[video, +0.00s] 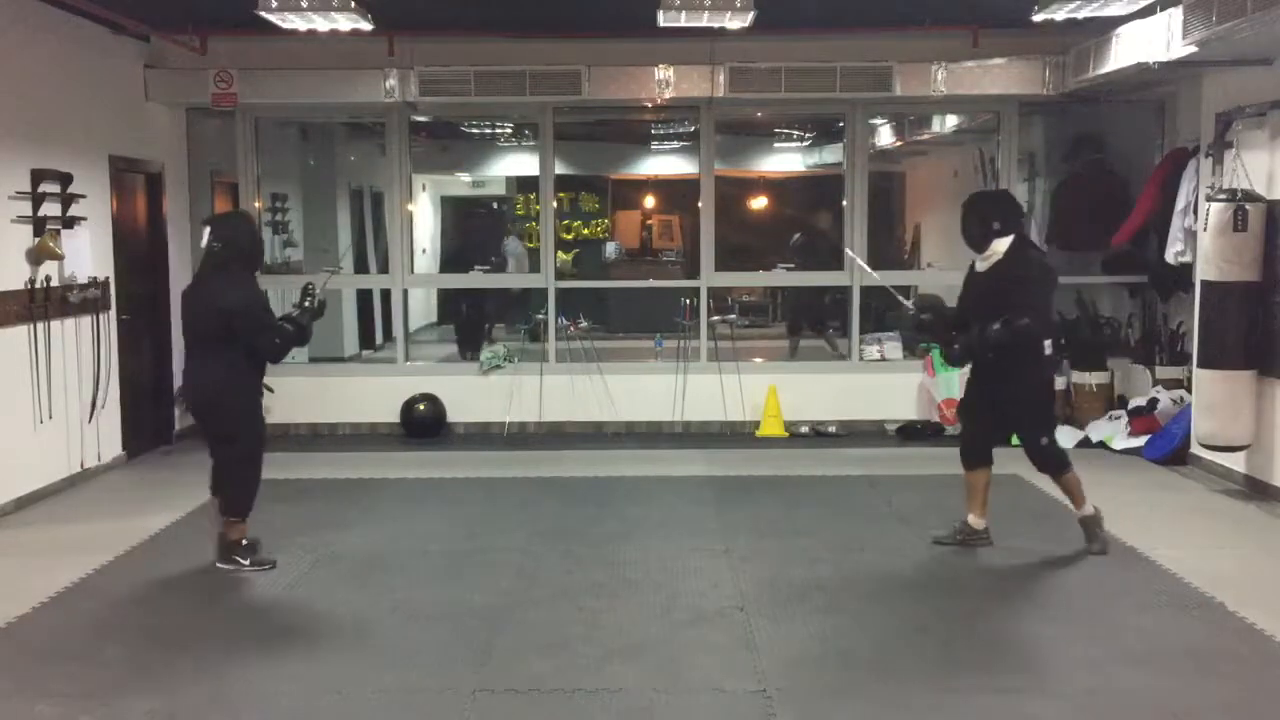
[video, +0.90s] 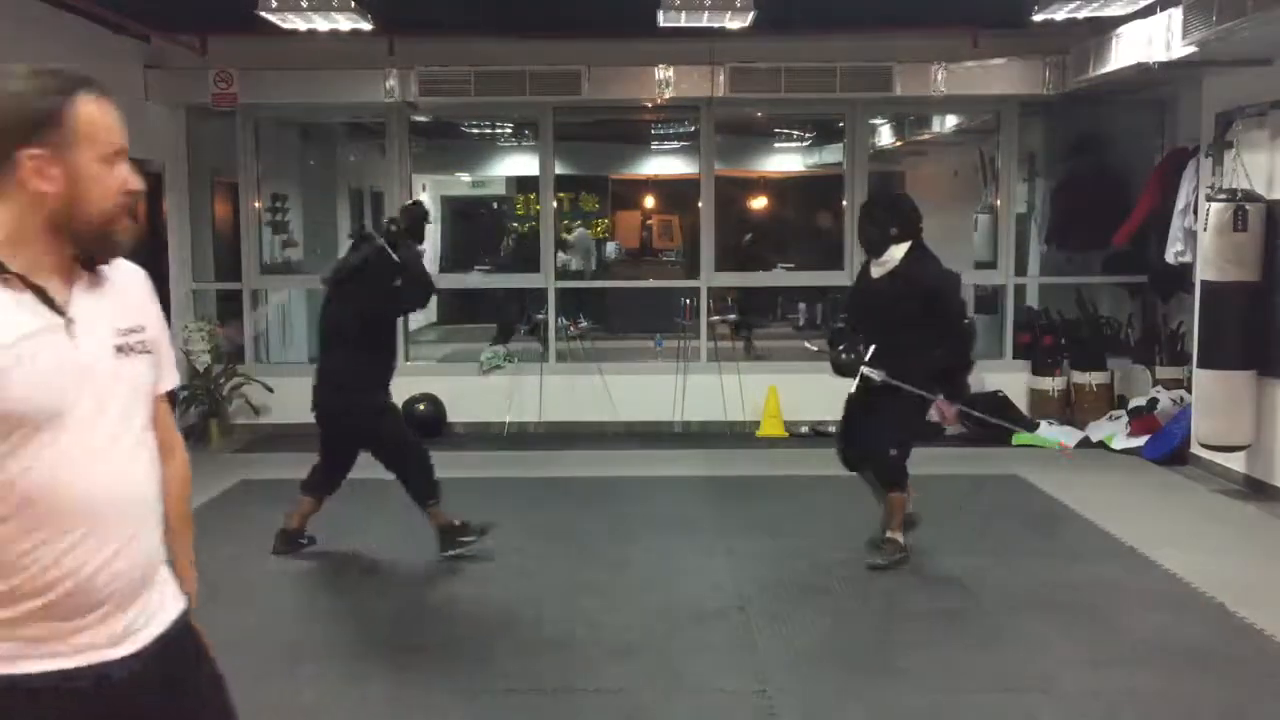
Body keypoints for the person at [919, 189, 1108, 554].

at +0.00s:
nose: (964, 230)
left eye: (970, 222)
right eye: (965, 222)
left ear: (992, 223)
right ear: (990, 224)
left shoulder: (1029, 263)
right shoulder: (979, 266)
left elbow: (1033, 322)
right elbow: (969, 317)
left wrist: (977, 342)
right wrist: (941, 322)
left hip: (1026, 369)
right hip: (987, 369)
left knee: (1042, 448)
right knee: (974, 441)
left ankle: (1087, 515)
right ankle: (975, 524)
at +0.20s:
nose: (946, 228)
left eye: (952, 220)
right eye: (946, 220)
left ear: (974, 221)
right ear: (975, 221)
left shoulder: (1011, 266)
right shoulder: (955, 265)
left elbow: (1016, 328)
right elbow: (930, 306)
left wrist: (999, 372)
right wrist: (892, 320)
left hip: (999, 372)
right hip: (964, 371)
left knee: (995, 447)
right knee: (968, 447)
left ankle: (1033, 509)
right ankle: (975, 523)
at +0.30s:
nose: (937, 228)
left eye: (942, 220)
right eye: (937, 220)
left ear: (964, 220)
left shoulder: (1000, 263)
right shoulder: (946, 263)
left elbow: (1020, 323)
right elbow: (918, 305)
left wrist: (1021, 373)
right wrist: (882, 324)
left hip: (989, 366)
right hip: (955, 367)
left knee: (972, 443)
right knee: (958, 443)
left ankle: (992, 526)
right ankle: (974, 523)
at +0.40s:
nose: (924, 230)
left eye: (929, 222)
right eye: (924, 222)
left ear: (951, 224)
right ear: (957, 224)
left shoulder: (993, 267)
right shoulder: (934, 267)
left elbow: (1022, 322)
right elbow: (907, 305)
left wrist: (1036, 374)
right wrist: (873, 333)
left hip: (975, 371)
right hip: (943, 371)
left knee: (951, 445)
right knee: (962, 446)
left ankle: (949, 527)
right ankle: (975, 523)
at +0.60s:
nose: (904, 234)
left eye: (910, 227)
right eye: (905, 226)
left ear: (930, 227)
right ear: (933, 228)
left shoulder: (967, 271)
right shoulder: (910, 270)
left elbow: (999, 327)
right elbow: (889, 314)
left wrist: (1014, 380)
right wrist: (866, 341)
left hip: (948, 373)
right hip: (914, 371)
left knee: (916, 446)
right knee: (936, 449)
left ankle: (900, 535)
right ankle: (972, 521)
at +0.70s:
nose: (890, 235)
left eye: (897, 228)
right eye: (891, 227)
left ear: (917, 228)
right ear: (919, 228)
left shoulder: (952, 274)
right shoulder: (897, 270)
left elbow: (984, 337)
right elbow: (878, 316)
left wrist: (979, 393)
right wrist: (862, 342)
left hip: (935, 374)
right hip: (899, 371)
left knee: (907, 453)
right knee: (906, 452)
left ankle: (897, 537)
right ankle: (961, 512)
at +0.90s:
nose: (865, 233)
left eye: (872, 225)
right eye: (866, 225)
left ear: (892, 227)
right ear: (904, 226)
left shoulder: (930, 275)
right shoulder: (873, 267)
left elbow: (957, 338)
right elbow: (856, 318)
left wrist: (953, 394)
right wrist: (846, 342)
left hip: (918, 375)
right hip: (878, 370)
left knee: (888, 450)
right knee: (854, 446)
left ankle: (895, 536)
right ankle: (902, 507)